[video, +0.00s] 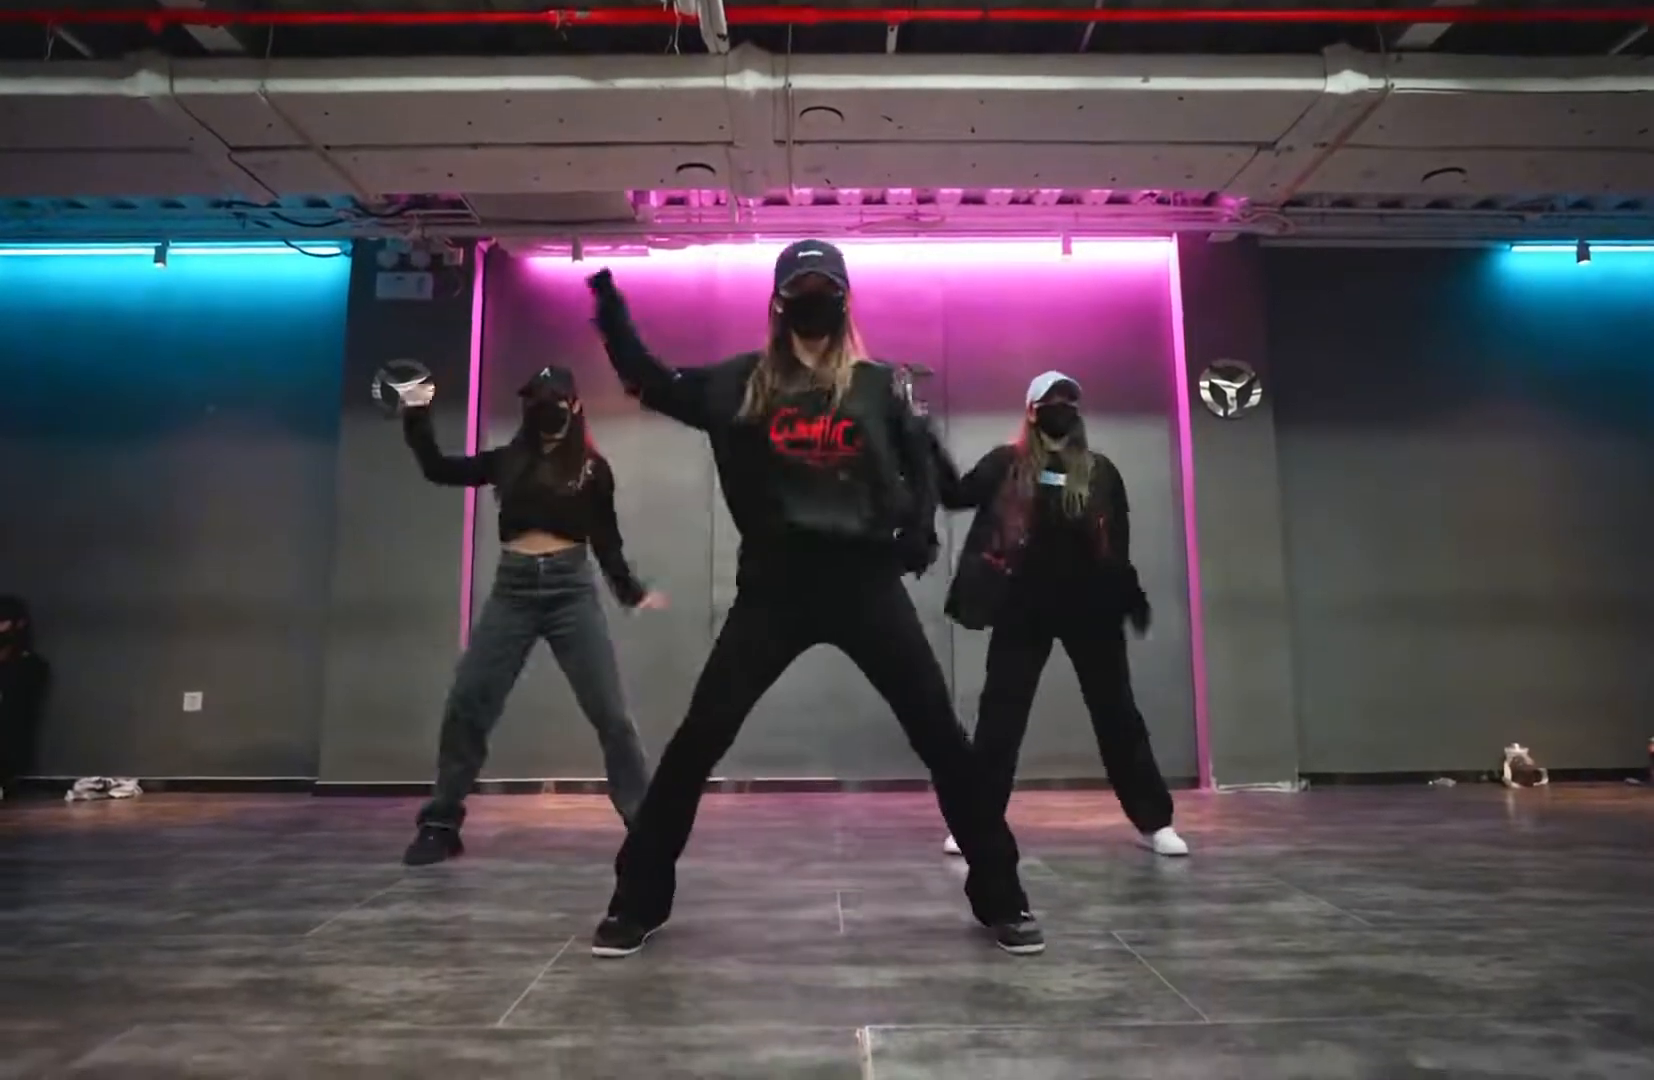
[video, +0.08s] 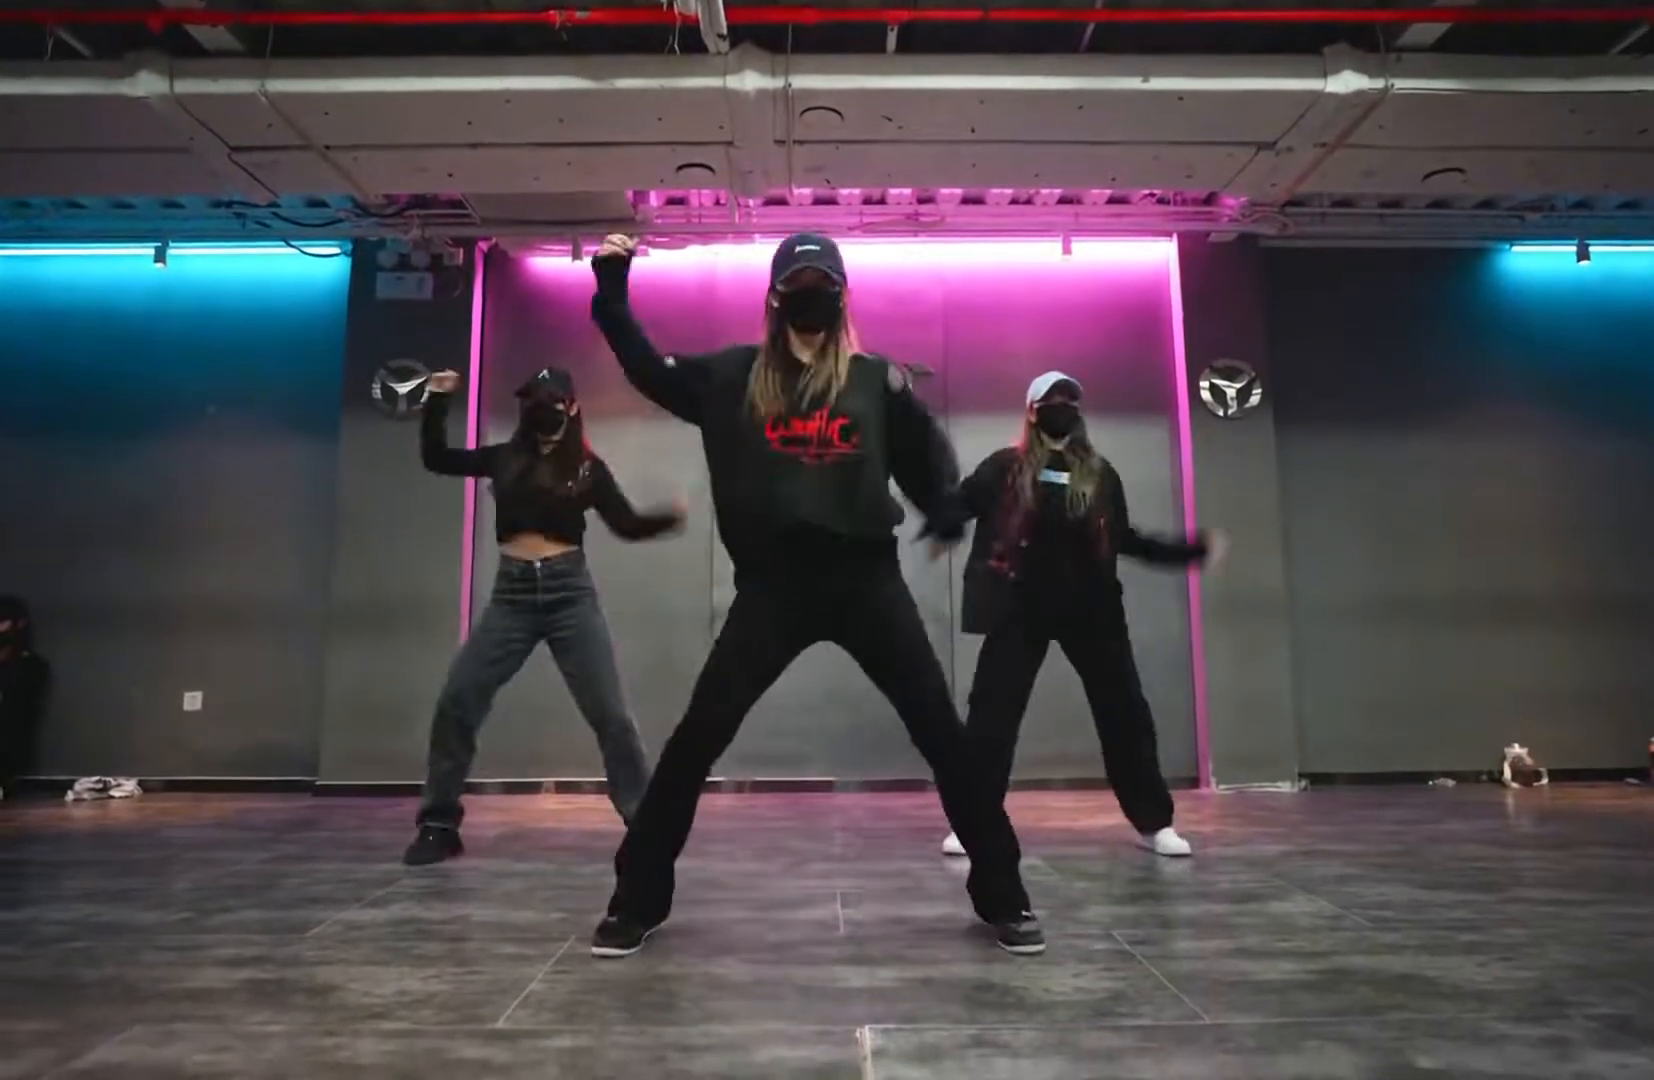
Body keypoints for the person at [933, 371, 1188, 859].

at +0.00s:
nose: (1063, 411)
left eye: (1069, 403)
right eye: (1053, 404)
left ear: (1079, 410)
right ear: (1034, 411)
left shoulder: (1100, 471)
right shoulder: (1007, 462)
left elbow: (1117, 546)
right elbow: (956, 494)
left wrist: (1132, 596)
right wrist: (921, 437)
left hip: (1091, 610)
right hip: (1023, 611)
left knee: (1117, 714)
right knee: (1000, 721)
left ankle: (1157, 823)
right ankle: (972, 830)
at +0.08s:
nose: (1061, 416)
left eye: (1068, 407)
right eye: (1051, 408)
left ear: (1080, 413)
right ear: (1032, 414)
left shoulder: (1099, 475)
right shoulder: (1005, 467)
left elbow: (1123, 539)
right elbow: (954, 508)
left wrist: (1189, 550)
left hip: (1091, 615)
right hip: (1019, 615)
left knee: (1125, 713)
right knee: (991, 721)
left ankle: (1155, 824)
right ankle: (970, 828)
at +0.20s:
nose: (1068, 436)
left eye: (1073, 427)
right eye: (1056, 428)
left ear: (1082, 429)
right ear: (1034, 434)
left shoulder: (1104, 485)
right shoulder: (1003, 486)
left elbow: (1136, 514)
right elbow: (950, 513)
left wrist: (1155, 502)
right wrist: (963, 486)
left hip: (1088, 622)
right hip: (1020, 622)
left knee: (1137, 715)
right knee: (1001, 710)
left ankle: (1165, 820)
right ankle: (956, 812)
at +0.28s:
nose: (1069, 460)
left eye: (1075, 450)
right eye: (1058, 451)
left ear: (1084, 455)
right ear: (1036, 458)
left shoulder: (1108, 516)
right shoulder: (1010, 515)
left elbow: (1151, 560)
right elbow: (963, 565)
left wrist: (1148, 601)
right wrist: (949, 622)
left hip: (1088, 647)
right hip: (1028, 648)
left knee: (1104, 733)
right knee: (1027, 742)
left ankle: (1160, 819)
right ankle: (957, 817)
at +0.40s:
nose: (1060, 481)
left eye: (1067, 470)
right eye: (1049, 471)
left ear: (1079, 471)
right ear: (1032, 471)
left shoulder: (1103, 524)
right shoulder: (1013, 525)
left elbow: (1125, 588)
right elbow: (983, 590)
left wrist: (1140, 644)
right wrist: (981, 650)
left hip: (1090, 646)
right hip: (1025, 648)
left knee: (1137, 732)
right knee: (1014, 733)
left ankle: (1154, 820)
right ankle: (961, 821)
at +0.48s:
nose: (1066, 455)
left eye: (1074, 445)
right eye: (1055, 445)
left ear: (1087, 449)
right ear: (1037, 450)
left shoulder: (1105, 503)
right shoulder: (1020, 506)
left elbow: (1122, 577)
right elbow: (1013, 575)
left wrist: (1128, 642)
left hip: (1094, 629)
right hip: (1027, 631)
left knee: (1162, 710)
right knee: (998, 722)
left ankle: (1155, 820)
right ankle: (959, 820)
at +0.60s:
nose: (1107, 424)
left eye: (1106, 417)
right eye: (1097, 416)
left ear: (1088, 424)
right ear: (1067, 422)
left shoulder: (1109, 481)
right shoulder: (1038, 479)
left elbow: (1131, 560)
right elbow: (1054, 550)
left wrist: (1149, 629)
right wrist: (1136, 550)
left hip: (1103, 615)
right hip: (1040, 613)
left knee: (1169, 700)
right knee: (1004, 708)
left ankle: (1157, 818)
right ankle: (959, 822)